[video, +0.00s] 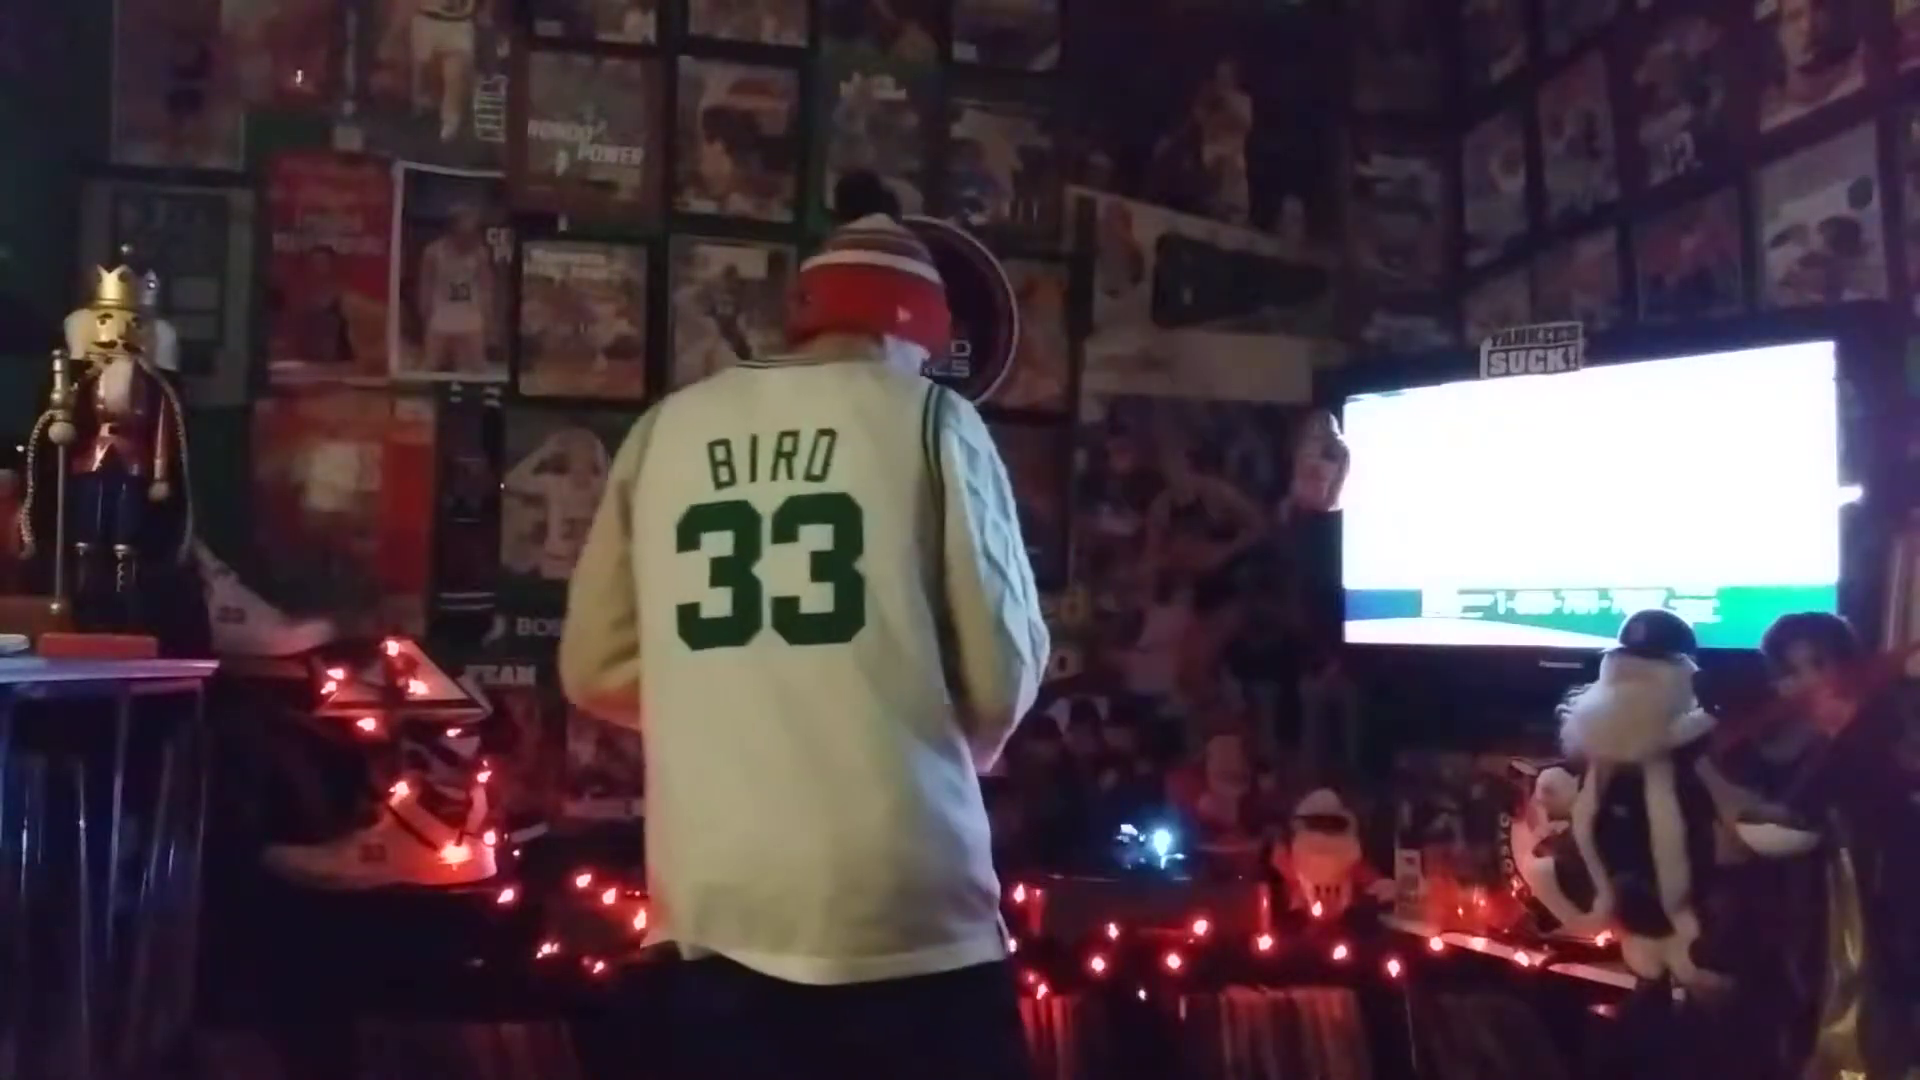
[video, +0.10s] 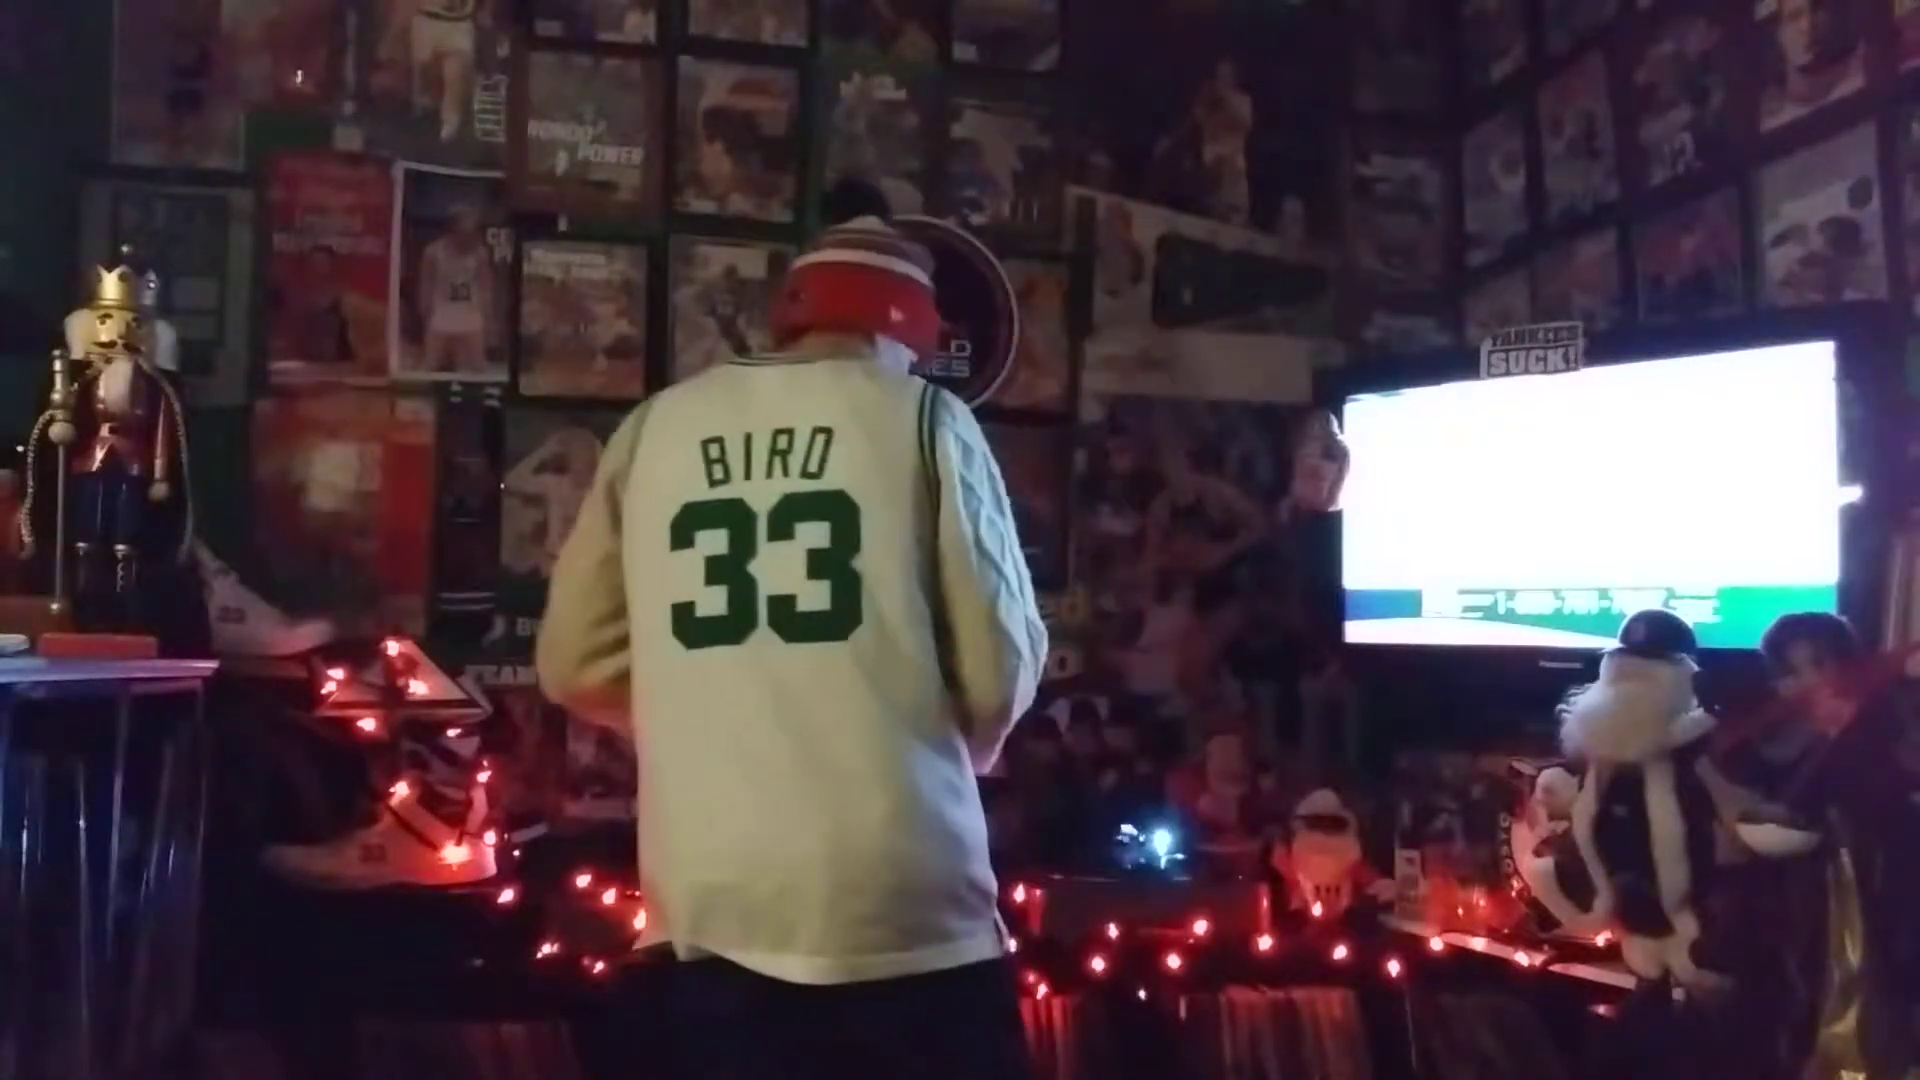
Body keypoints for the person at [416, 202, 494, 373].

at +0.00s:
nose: (466, 237)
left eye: (470, 232)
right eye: (462, 231)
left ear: (475, 231)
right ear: (453, 229)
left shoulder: (480, 252)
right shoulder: (434, 252)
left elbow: (486, 287)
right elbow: (426, 285)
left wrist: (488, 320)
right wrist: (425, 312)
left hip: (471, 324)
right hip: (440, 323)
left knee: (473, 375)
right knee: (433, 375)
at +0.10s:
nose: (467, 237)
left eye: (470, 232)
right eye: (462, 231)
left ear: (475, 231)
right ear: (453, 229)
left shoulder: (479, 252)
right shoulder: (434, 252)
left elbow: (486, 286)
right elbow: (426, 284)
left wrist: (488, 318)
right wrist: (425, 312)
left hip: (471, 323)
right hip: (441, 322)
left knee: (473, 374)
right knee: (433, 375)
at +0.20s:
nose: (467, 235)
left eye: (471, 230)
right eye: (463, 230)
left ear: (476, 230)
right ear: (452, 228)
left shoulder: (481, 253)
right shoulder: (434, 253)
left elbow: (486, 290)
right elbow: (426, 289)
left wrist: (489, 324)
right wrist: (426, 321)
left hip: (472, 328)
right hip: (440, 327)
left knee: (472, 382)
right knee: (435, 382)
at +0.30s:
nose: (467, 236)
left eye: (471, 231)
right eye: (463, 231)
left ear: (476, 231)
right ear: (453, 229)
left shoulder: (480, 253)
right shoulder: (434, 253)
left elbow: (486, 289)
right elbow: (426, 288)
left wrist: (489, 321)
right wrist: (426, 320)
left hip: (472, 325)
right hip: (440, 325)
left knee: (473, 377)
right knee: (434, 378)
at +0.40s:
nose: (467, 236)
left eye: (471, 231)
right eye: (463, 231)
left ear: (476, 231)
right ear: (453, 230)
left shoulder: (480, 253)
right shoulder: (433, 253)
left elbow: (486, 289)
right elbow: (426, 289)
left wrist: (489, 322)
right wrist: (426, 320)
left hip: (472, 326)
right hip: (440, 326)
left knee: (473, 379)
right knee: (434, 380)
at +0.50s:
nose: (467, 236)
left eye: (471, 231)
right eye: (463, 231)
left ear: (476, 231)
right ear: (453, 230)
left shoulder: (480, 253)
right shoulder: (433, 253)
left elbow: (486, 289)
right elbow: (426, 289)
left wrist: (489, 322)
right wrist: (426, 320)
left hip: (472, 326)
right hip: (440, 326)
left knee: (473, 379)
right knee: (433, 379)